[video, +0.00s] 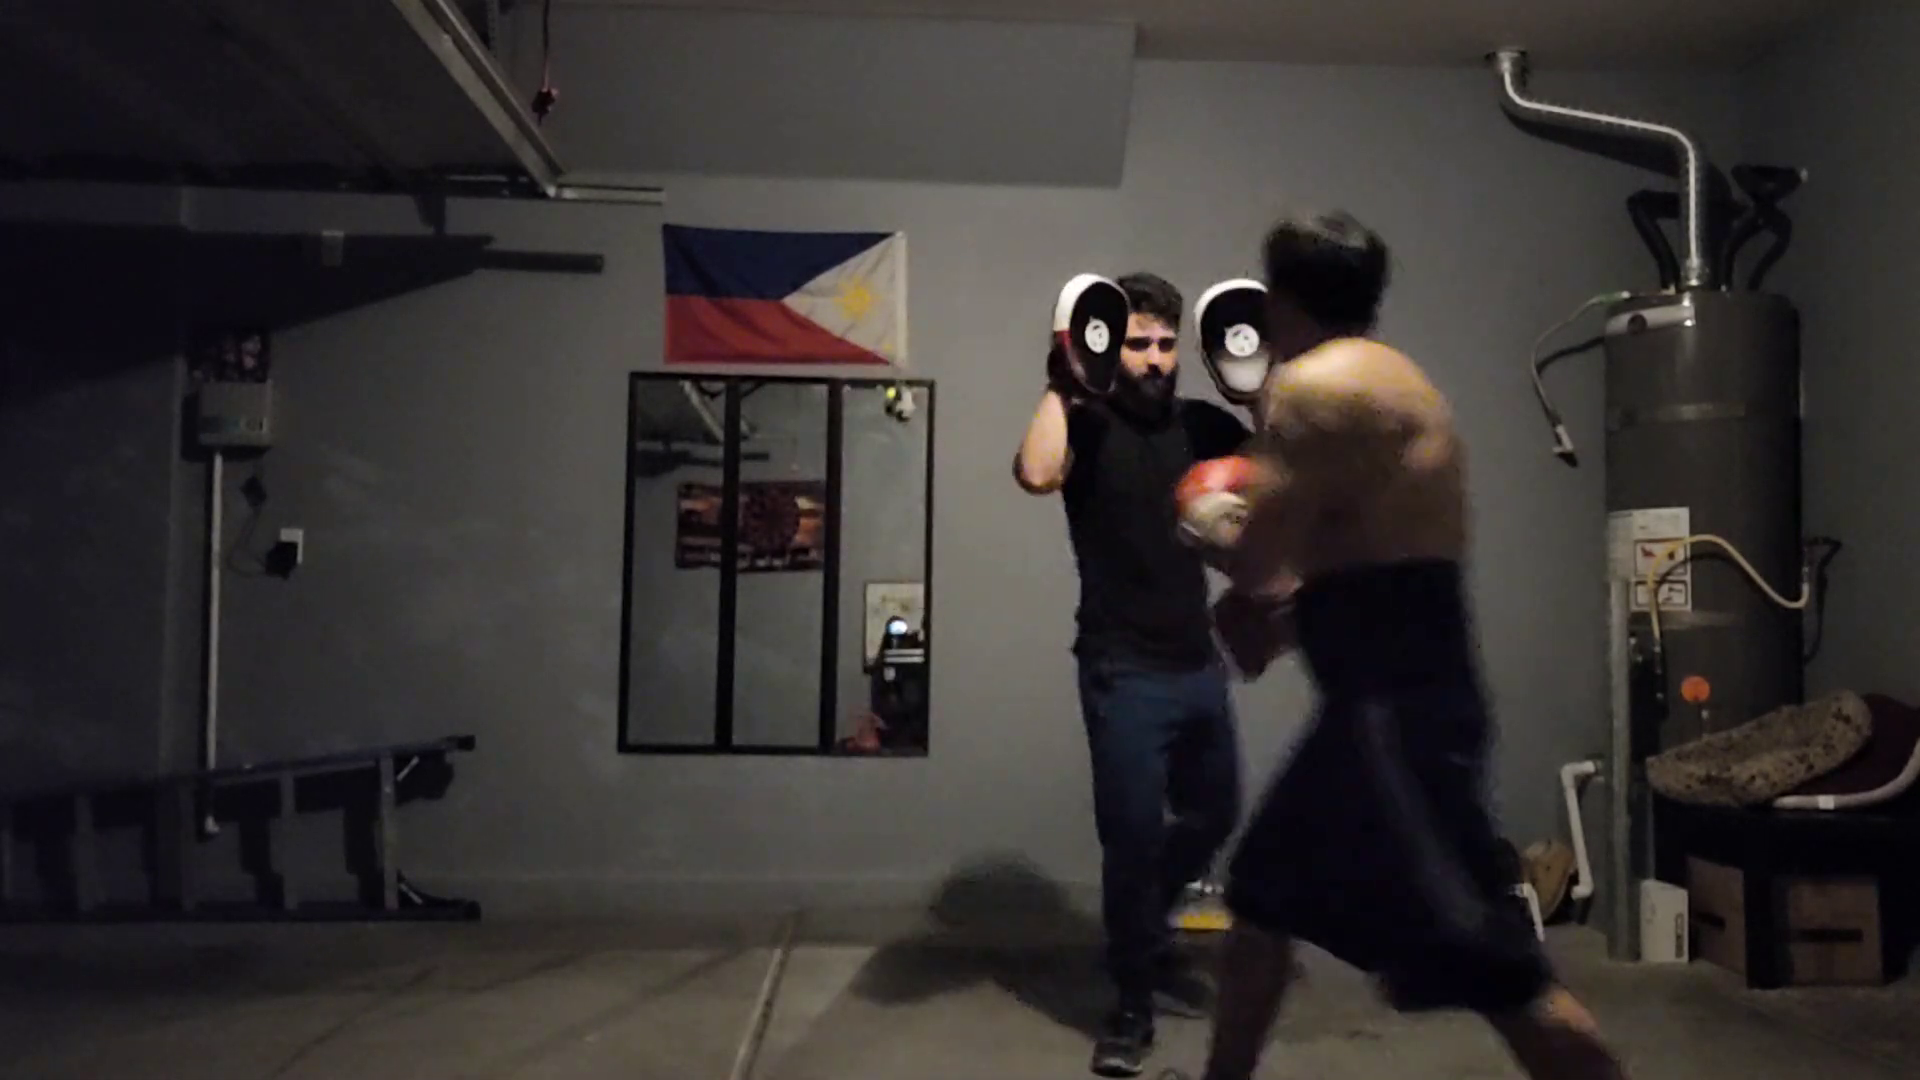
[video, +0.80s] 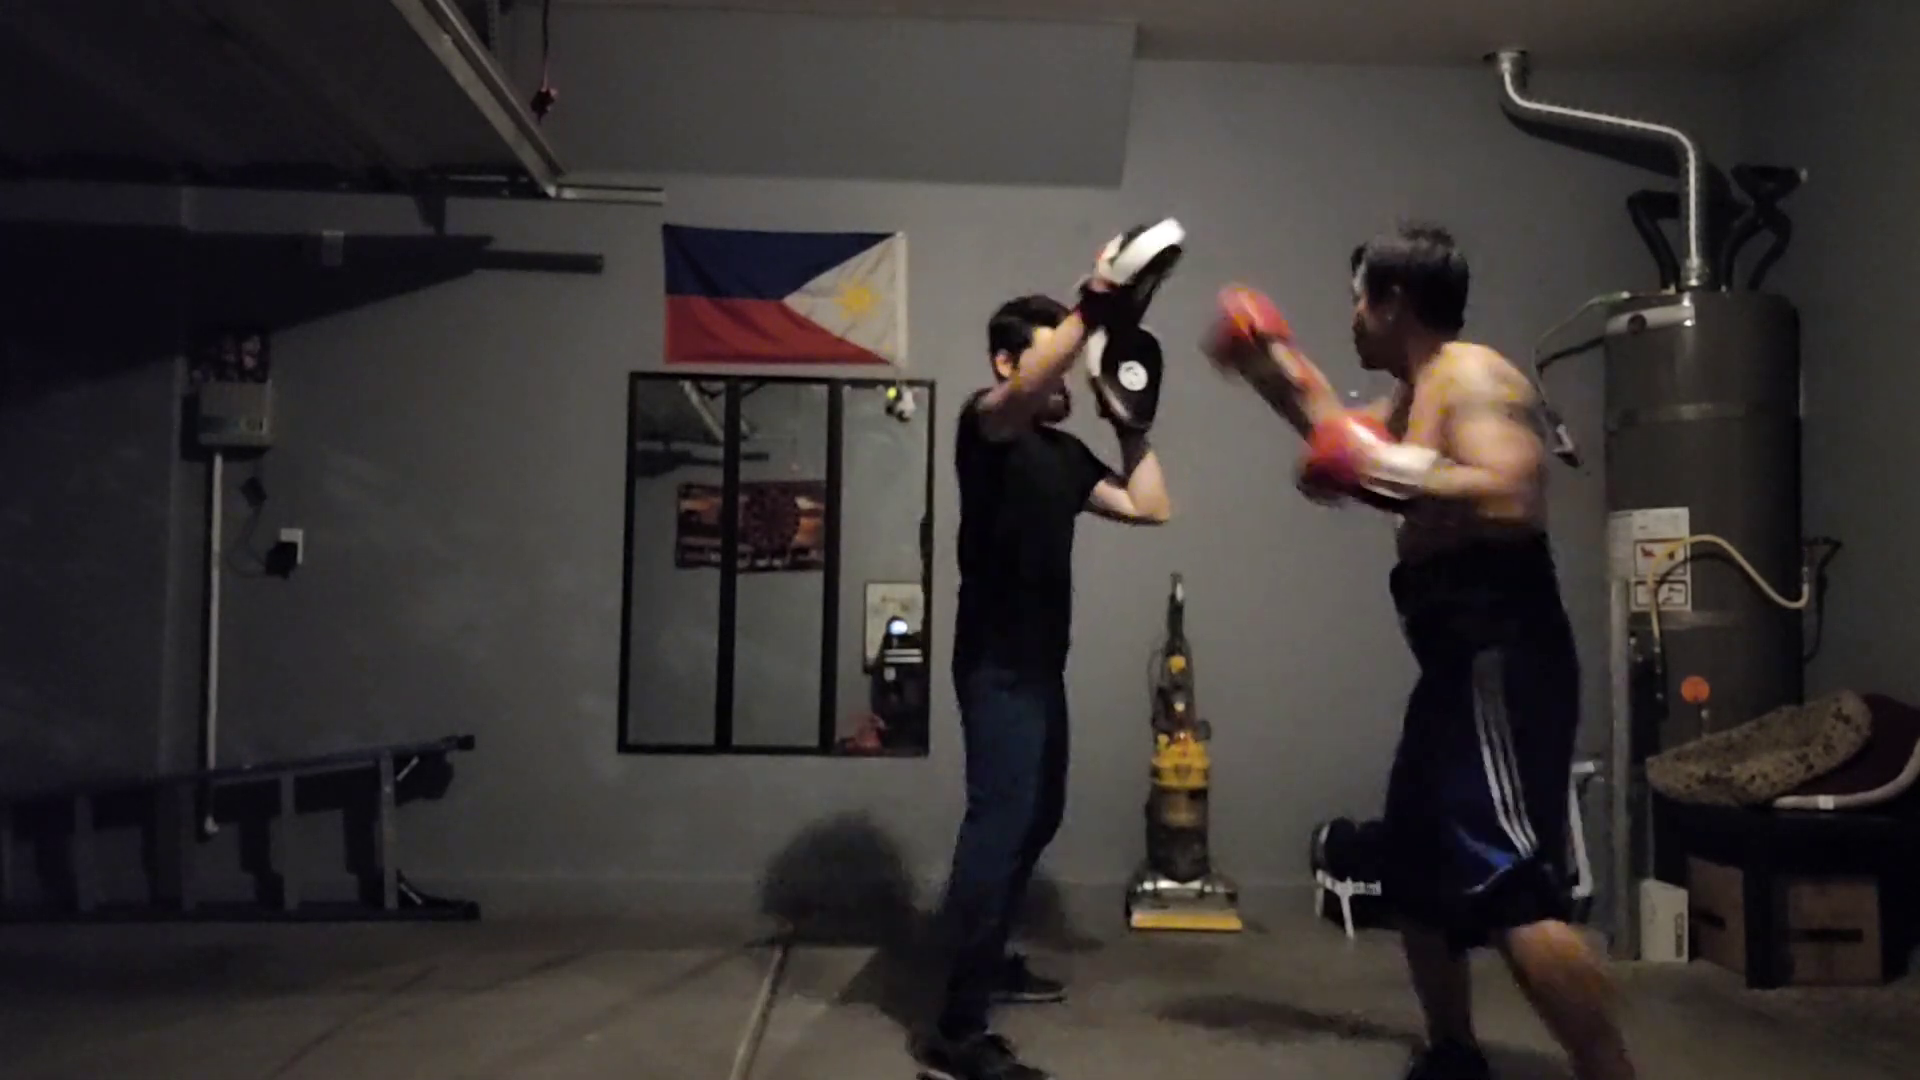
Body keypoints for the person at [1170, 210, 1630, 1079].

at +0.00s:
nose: (1264, 310)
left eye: (1270, 293)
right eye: (1267, 294)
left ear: (1285, 300)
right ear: (1361, 298)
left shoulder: (1310, 389)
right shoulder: (1406, 386)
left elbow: (1262, 557)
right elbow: (1389, 558)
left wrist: (1213, 522)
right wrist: (1279, 612)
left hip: (1388, 709)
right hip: (1419, 698)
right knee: (1262, 896)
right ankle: (1224, 1071)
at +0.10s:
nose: (1302, 315)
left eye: (1307, 298)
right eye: (1305, 297)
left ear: (1330, 306)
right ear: (1397, 298)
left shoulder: (1369, 398)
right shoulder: (1442, 378)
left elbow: (1325, 574)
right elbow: (1371, 539)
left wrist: (1257, 519)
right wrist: (1286, 513)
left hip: (1458, 697)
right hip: (1459, 690)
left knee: (1529, 958)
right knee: (1323, 886)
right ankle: (1267, 1068)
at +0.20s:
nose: (1326, 291)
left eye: (1331, 272)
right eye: (1326, 273)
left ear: (1362, 274)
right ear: (1420, 264)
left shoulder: (1405, 359)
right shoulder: (1470, 339)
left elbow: (1342, 529)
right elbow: (1417, 489)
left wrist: (1284, 456)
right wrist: (1330, 440)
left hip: (1490, 668)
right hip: (1464, 663)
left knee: (1550, 930)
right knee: (1365, 881)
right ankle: (1370, 1068)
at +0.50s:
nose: (1373, 318)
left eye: (1379, 296)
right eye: (1372, 296)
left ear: (1422, 292)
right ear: (1449, 286)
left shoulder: (1483, 369)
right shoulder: (1499, 360)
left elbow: (1407, 523)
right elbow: (1468, 494)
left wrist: (1324, 465)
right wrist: (1382, 449)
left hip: (1538, 673)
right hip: (1482, 668)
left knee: (1556, 930)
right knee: (1367, 851)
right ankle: (1413, 1045)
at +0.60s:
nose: (1363, 308)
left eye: (1374, 289)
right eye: (1366, 288)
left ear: (1416, 291)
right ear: (1433, 288)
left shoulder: (1501, 362)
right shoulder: (1450, 371)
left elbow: (1523, 500)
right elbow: (1440, 453)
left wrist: (1391, 489)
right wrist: (1359, 398)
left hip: (1535, 667)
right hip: (1464, 663)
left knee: (1566, 916)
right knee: (1390, 863)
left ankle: (1640, 1072)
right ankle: (1437, 1046)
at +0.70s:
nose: (1357, 314)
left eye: (1369, 298)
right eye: (1361, 298)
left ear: (1414, 307)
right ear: (1405, 307)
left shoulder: (1499, 370)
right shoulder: (1405, 383)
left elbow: (1572, 487)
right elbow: (1317, 383)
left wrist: (1425, 483)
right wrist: (1225, 320)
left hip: (1523, 665)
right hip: (1451, 666)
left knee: (1539, 915)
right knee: (1408, 875)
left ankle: (1617, 1071)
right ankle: (1451, 1054)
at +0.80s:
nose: (1353, 318)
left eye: (1361, 301)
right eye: (1355, 301)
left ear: (1397, 306)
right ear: (1416, 308)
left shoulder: (1473, 372)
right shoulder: (1415, 393)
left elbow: (1511, 488)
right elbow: (1347, 438)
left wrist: (1383, 464)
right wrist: (1272, 362)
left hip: (1505, 648)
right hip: (1453, 652)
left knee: (1511, 879)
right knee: (1415, 864)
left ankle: (1608, 1070)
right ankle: (1451, 1054)